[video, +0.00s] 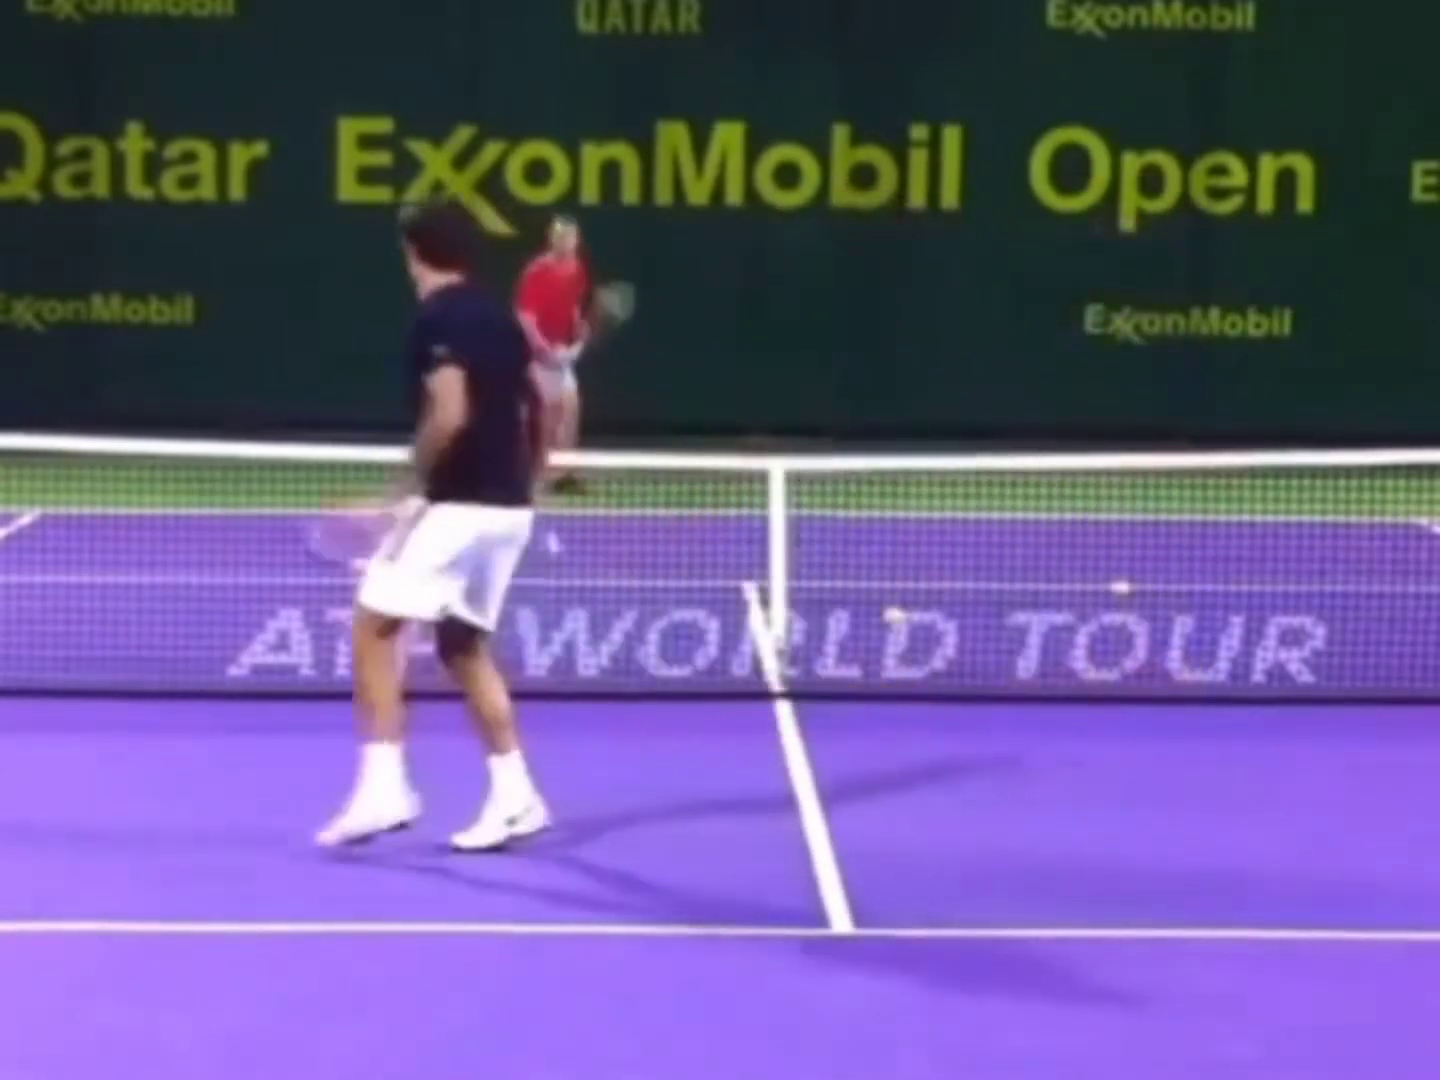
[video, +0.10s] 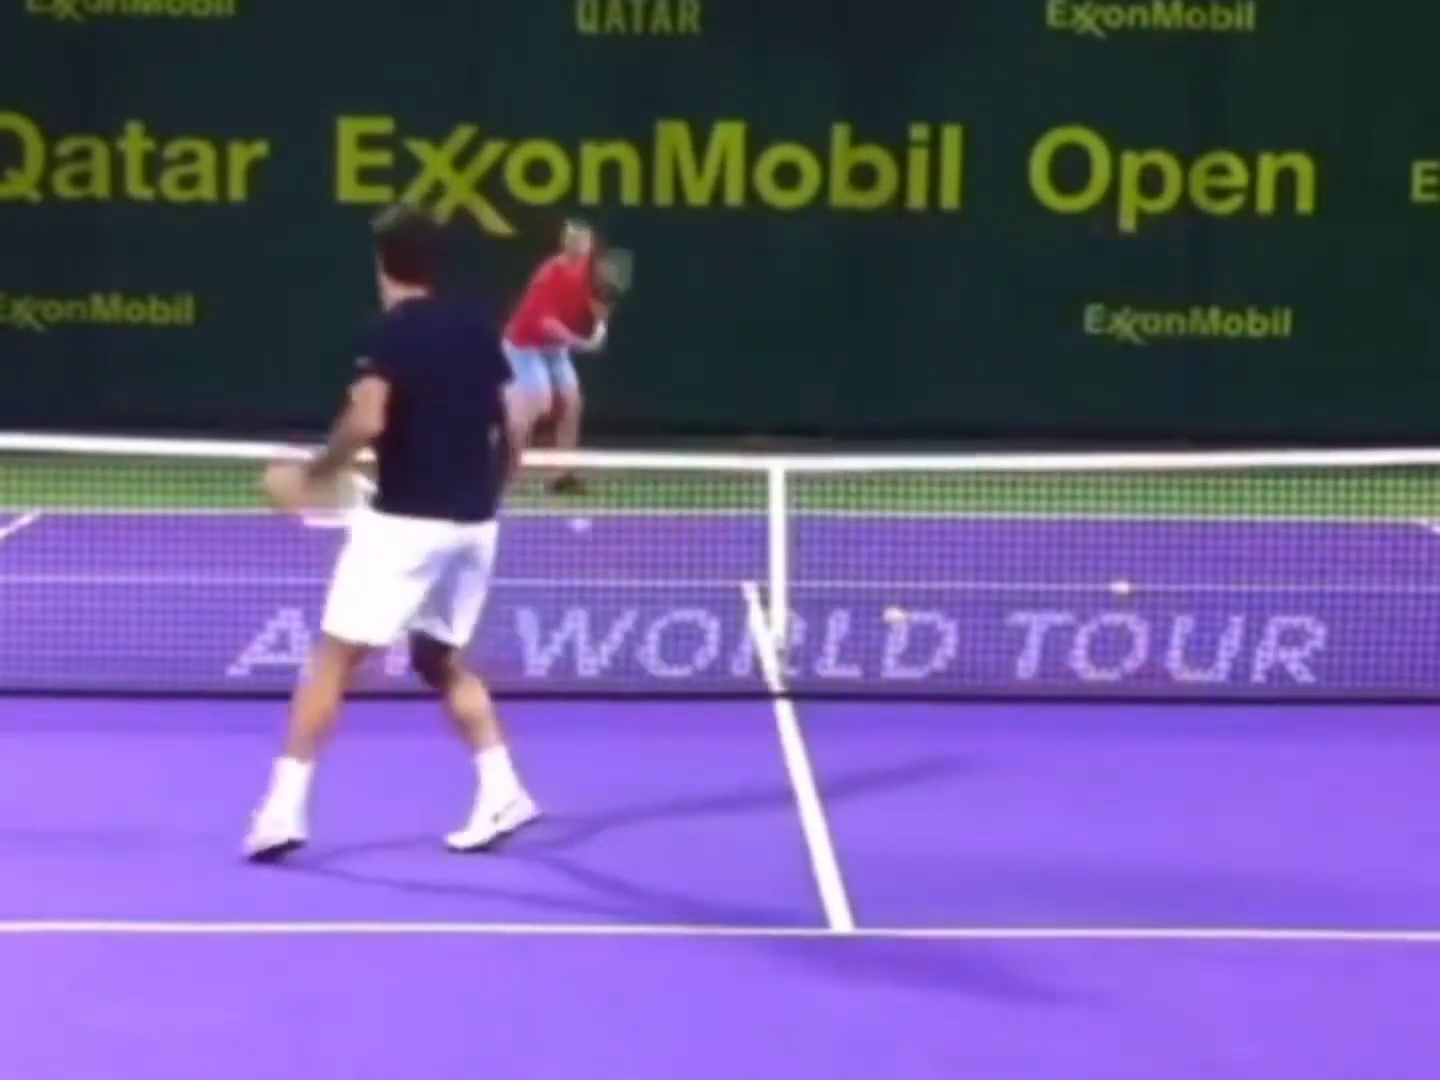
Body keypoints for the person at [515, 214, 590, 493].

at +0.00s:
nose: (565, 243)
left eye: (569, 236)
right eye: (560, 236)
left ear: (576, 240)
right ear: (551, 239)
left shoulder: (576, 270)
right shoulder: (537, 271)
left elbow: (576, 306)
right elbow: (525, 313)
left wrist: (578, 339)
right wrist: (545, 348)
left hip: (566, 348)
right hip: (541, 348)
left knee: (569, 402)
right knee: (550, 402)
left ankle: (566, 461)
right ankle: (546, 460)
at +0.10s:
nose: (576, 245)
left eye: (582, 239)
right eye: (572, 239)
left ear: (590, 243)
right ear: (564, 241)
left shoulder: (587, 269)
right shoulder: (552, 272)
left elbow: (592, 301)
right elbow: (542, 320)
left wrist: (598, 322)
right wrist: (584, 343)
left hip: (555, 345)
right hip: (523, 345)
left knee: (571, 400)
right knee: (537, 401)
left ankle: (563, 469)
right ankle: (505, 459)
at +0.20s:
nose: (598, 251)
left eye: (601, 245)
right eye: (594, 243)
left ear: (605, 249)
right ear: (581, 243)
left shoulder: (591, 273)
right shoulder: (566, 272)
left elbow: (600, 298)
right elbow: (566, 327)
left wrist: (607, 316)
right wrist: (603, 328)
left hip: (557, 343)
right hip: (530, 341)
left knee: (574, 402)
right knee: (556, 400)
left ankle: (565, 467)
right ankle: (522, 464)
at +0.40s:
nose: (613, 266)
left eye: (615, 259)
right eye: (608, 259)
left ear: (614, 260)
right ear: (594, 257)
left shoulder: (597, 283)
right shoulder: (578, 280)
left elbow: (595, 323)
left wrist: (605, 346)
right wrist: (599, 344)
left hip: (565, 346)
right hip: (537, 344)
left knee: (580, 405)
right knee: (567, 401)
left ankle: (566, 470)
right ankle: (551, 470)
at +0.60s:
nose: (627, 282)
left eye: (629, 275)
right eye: (621, 275)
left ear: (631, 277)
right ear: (607, 274)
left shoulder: (615, 298)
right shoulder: (592, 299)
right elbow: (584, 346)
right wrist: (585, 392)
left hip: (564, 346)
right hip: (540, 345)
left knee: (578, 402)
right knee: (570, 400)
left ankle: (567, 470)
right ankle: (550, 472)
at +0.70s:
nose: (631, 281)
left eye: (635, 274)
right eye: (626, 273)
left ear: (637, 277)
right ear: (611, 273)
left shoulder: (622, 299)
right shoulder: (594, 294)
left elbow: (598, 344)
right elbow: (570, 327)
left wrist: (596, 390)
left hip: (578, 345)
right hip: (551, 343)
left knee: (582, 403)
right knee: (575, 399)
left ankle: (569, 468)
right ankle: (554, 469)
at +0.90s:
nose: (638, 254)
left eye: (643, 248)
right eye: (633, 248)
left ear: (647, 250)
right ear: (621, 248)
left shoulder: (642, 269)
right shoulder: (607, 273)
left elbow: (643, 304)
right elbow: (568, 297)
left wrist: (653, 336)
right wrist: (571, 314)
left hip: (615, 340)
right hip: (580, 340)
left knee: (629, 402)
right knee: (586, 398)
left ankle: (611, 458)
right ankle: (555, 464)